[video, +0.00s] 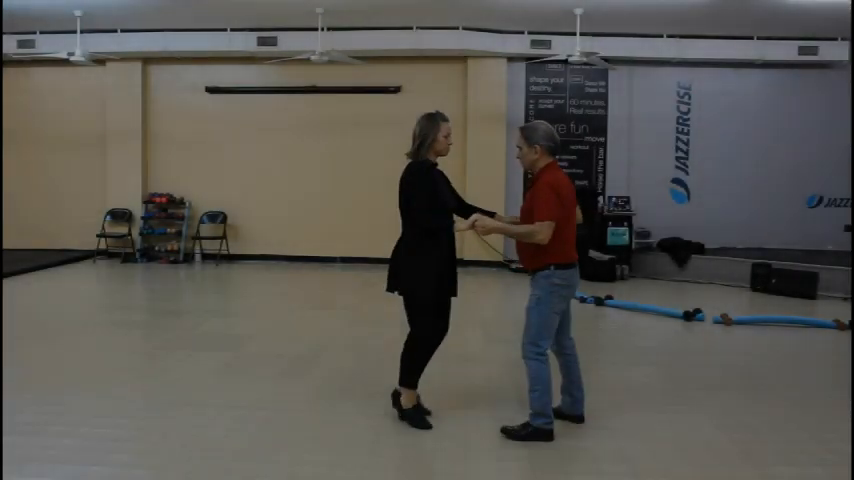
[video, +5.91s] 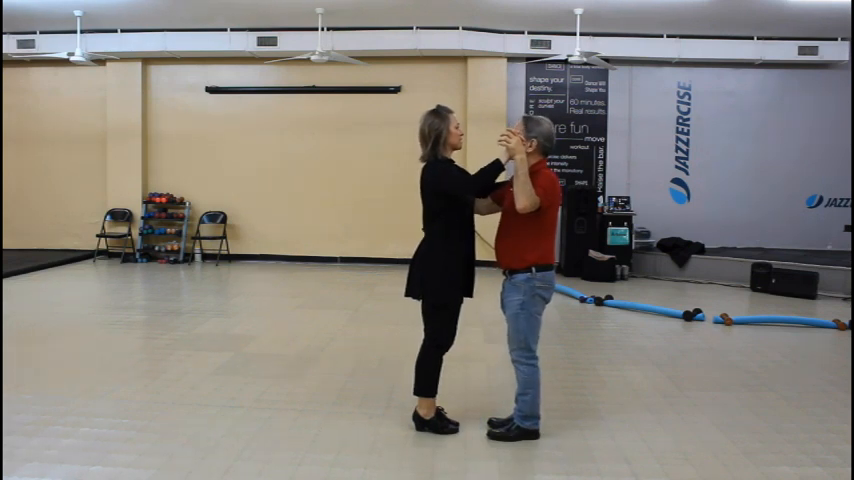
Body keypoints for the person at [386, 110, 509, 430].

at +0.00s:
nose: (450, 142)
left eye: (450, 136)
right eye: (445, 136)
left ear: (436, 137)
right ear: (429, 137)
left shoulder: (434, 173)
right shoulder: (417, 174)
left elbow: (462, 207)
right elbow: (424, 224)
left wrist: (502, 220)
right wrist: (463, 226)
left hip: (434, 267)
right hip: (417, 268)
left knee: (436, 328)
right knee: (424, 329)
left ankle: (407, 391)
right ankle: (406, 397)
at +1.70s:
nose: (436, 135)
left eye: (434, 129)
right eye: (430, 130)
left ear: (417, 135)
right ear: (415, 135)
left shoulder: (421, 170)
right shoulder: (408, 173)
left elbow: (464, 181)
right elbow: (438, 202)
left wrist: (509, 172)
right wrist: (468, 177)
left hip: (430, 268)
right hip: (422, 270)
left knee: (430, 334)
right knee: (430, 335)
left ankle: (408, 401)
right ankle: (415, 409)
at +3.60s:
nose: (443, 134)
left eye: (442, 128)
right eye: (438, 129)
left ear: (424, 133)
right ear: (423, 133)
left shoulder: (426, 168)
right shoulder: (419, 170)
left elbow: (442, 215)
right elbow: (451, 188)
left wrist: (471, 207)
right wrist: (475, 154)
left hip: (433, 267)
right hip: (426, 269)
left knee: (435, 336)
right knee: (432, 337)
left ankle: (426, 406)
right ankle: (424, 410)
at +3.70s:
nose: (444, 134)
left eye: (443, 128)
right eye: (439, 129)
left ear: (425, 133)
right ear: (423, 133)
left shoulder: (427, 168)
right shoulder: (421, 170)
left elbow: (443, 212)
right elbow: (450, 188)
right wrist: (475, 153)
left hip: (432, 268)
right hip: (426, 270)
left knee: (434, 338)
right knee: (431, 339)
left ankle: (425, 406)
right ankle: (424, 410)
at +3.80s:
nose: (446, 133)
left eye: (444, 128)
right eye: (440, 128)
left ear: (425, 133)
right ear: (425, 133)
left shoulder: (426, 167)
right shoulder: (423, 169)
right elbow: (455, 189)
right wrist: (480, 153)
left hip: (430, 267)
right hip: (427, 269)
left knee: (432, 338)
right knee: (431, 339)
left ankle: (426, 406)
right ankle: (424, 411)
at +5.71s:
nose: (461, 133)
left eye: (459, 127)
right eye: (456, 128)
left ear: (442, 132)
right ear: (441, 133)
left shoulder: (442, 168)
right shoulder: (439, 170)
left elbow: (474, 196)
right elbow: (473, 187)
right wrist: (502, 161)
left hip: (444, 267)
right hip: (440, 269)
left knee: (438, 339)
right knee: (436, 340)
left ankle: (427, 407)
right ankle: (424, 411)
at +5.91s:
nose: (462, 132)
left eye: (460, 127)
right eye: (456, 128)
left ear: (442, 132)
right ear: (442, 133)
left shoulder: (443, 167)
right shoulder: (439, 170)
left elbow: (475, 195)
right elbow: (473, 186)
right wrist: (503, 159)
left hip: (445, 267)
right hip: (440, 269)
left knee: (439, 339)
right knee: (436, 340)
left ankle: (427, 407)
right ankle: (424, 412)